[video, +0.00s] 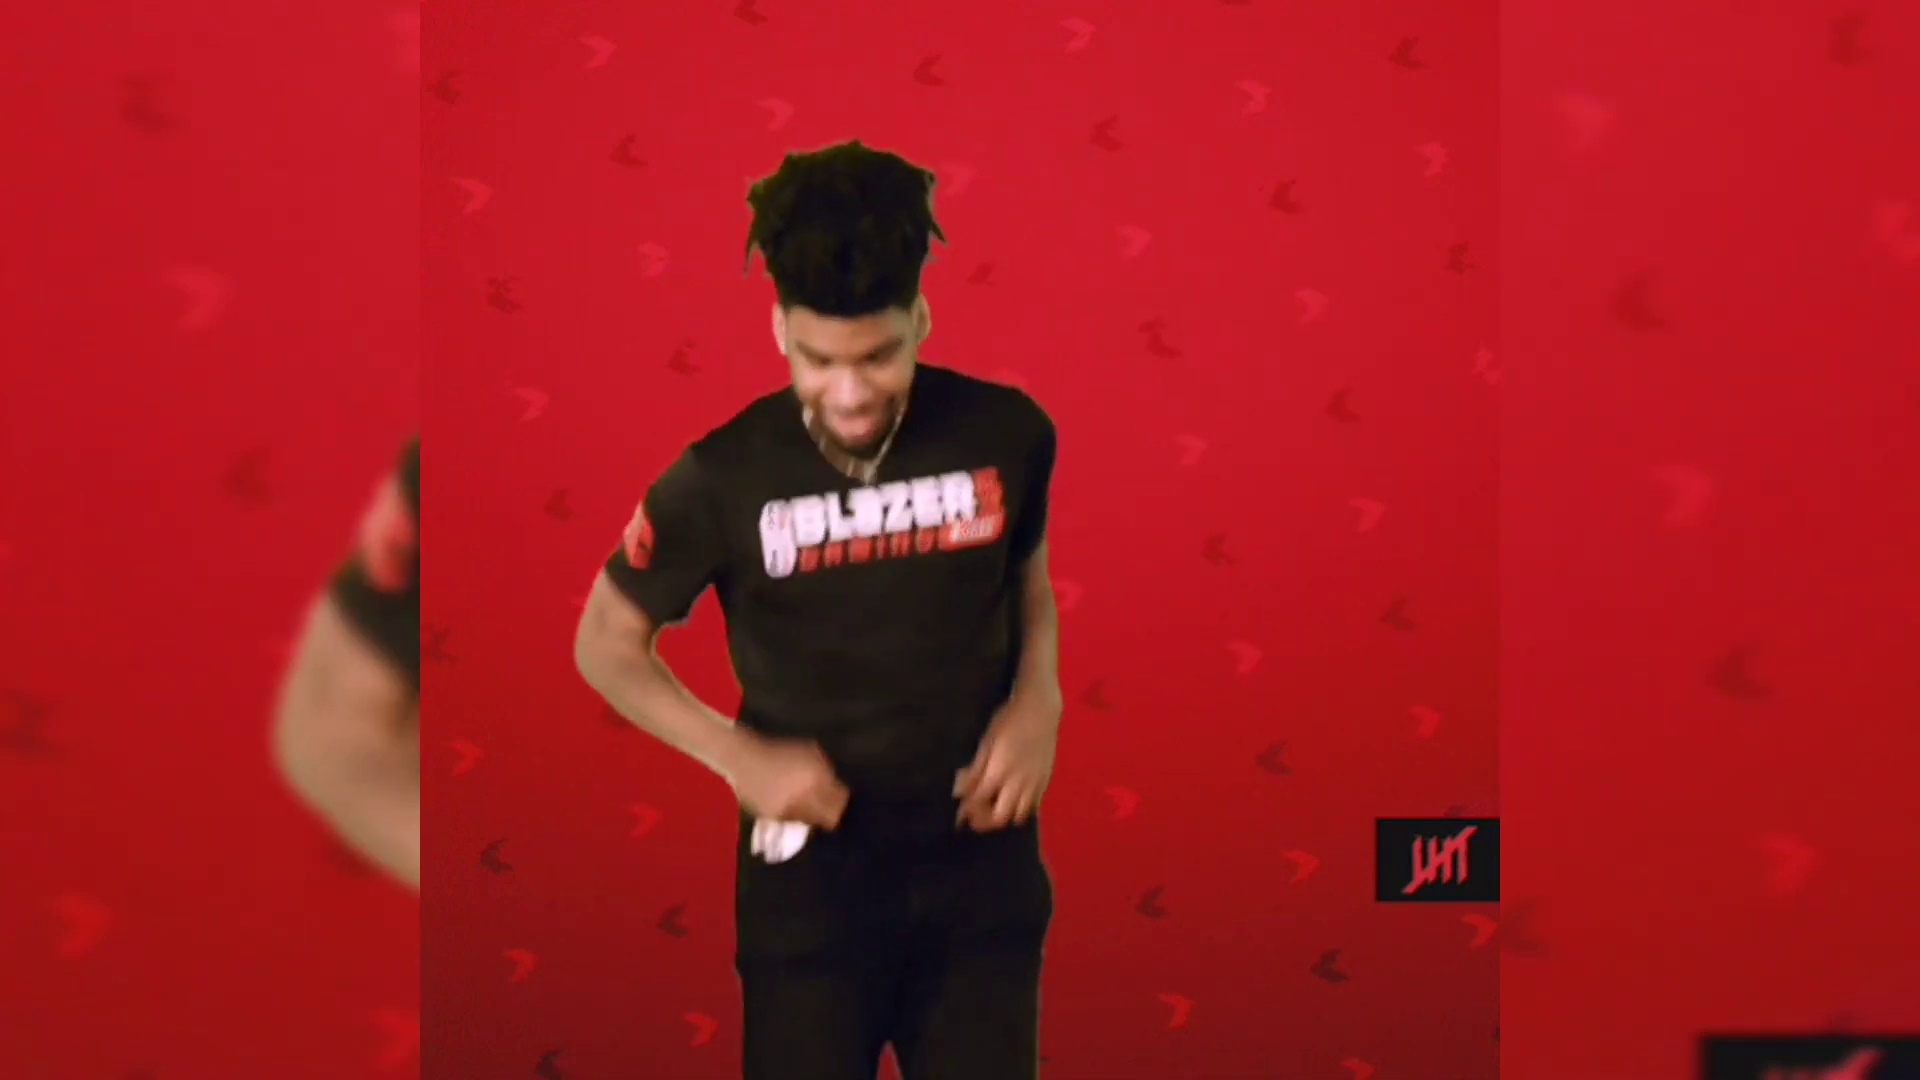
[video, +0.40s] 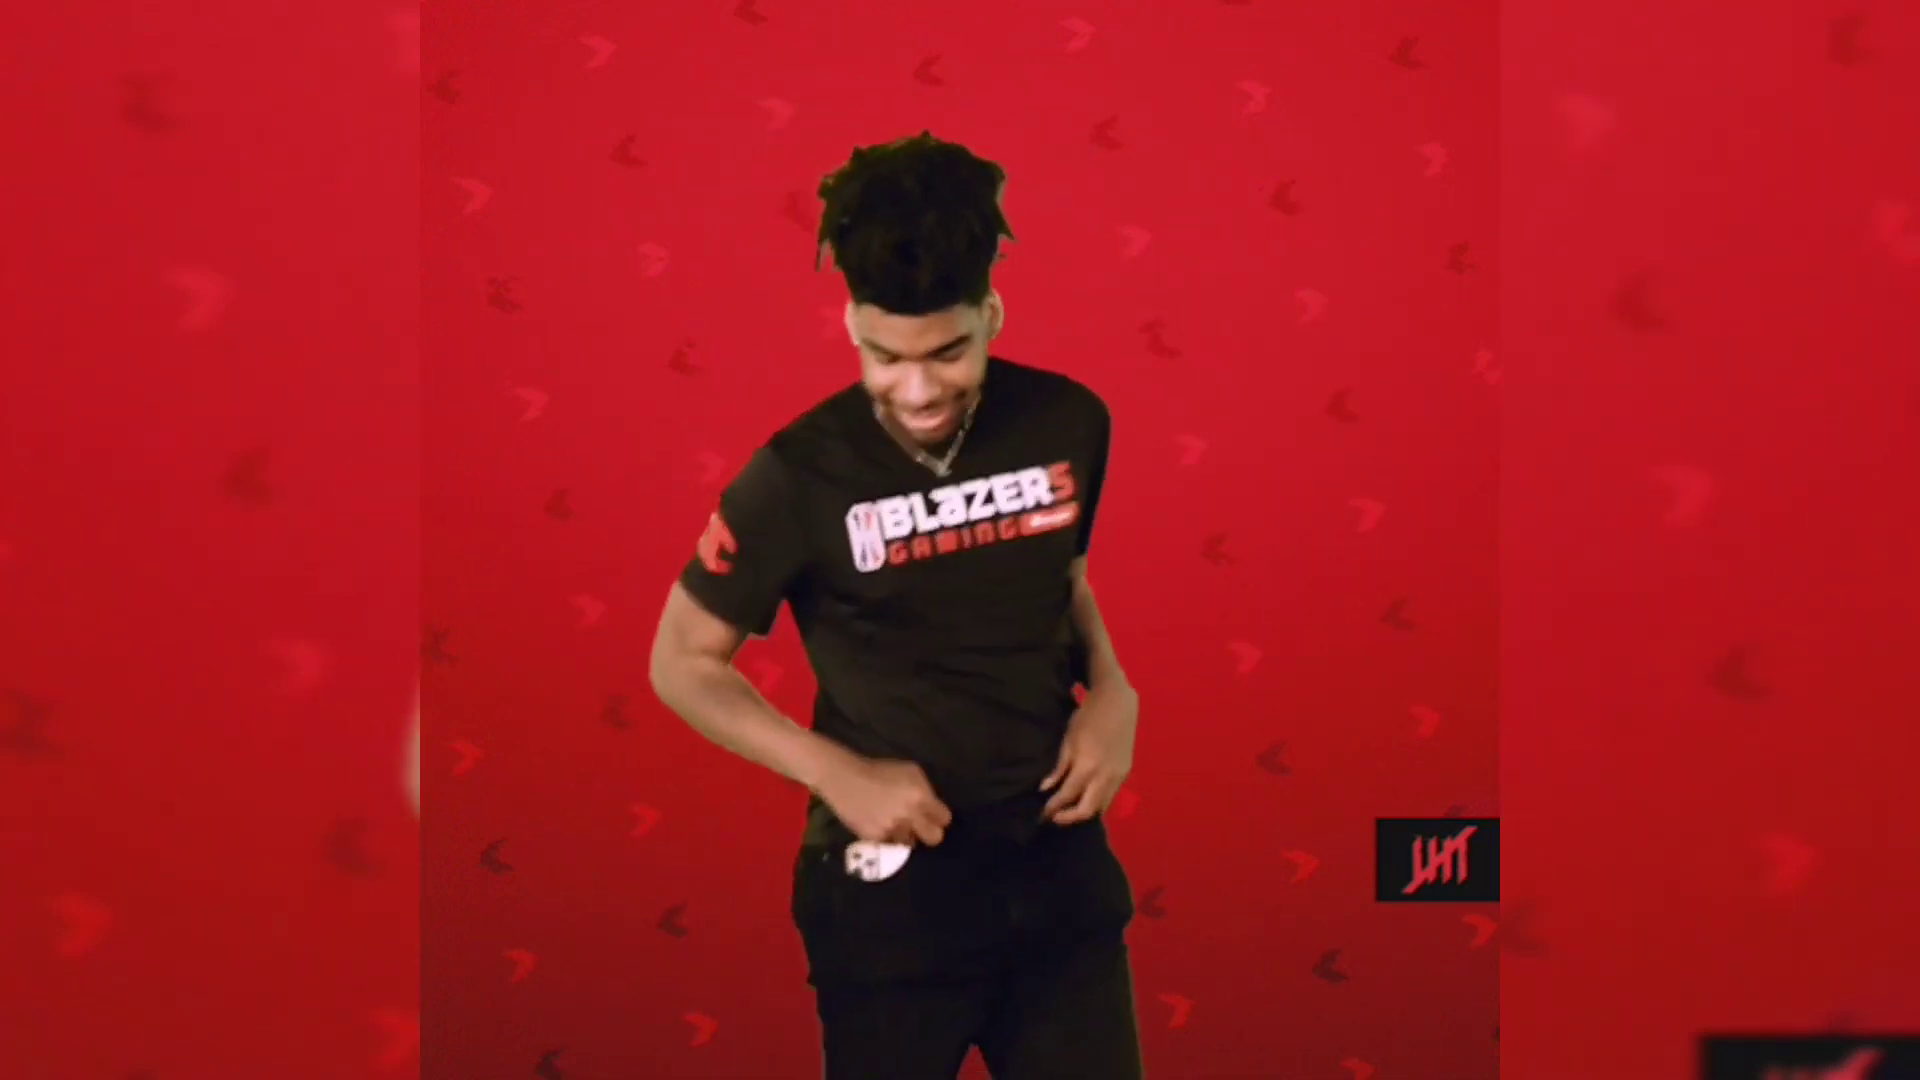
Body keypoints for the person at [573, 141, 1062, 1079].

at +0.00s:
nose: (850, 390)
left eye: (877, 356)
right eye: (818, 358)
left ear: (922, 318)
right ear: (779, 324)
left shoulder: (1008, 438)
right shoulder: (720, 483)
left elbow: (1028, 582)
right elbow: (605, 643)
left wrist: (1037, 703)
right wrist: (740, 757)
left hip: (981, 873)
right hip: (810, 883)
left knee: (986, 1062)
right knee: (805, 1063)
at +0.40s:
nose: (917, 387)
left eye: (948, 352)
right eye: (883, 354)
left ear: (993, 311)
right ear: (849, 315)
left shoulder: (1065, 426)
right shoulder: (797, 482)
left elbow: (1064, 571)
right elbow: (683, 661)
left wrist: (1112, 688)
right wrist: (837, 774)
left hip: (1057, 878)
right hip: (886, 898)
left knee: (1098, 1062)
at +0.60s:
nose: (1003, 392)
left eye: (1033, 356)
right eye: (970, 358)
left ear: (1078, 315)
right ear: (936, 322)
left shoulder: (1139, 445)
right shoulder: (857, 478)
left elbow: (1134, 569)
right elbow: (728, 635)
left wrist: (1169, 693)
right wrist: (866, 775)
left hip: (1117, 880)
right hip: (945, 897)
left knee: (1133, 1061)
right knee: (973, 1061)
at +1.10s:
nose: (933, 365)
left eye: (967, 337)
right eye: (917, 329)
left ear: (1052, 321)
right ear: (903, 304)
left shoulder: (1148, 475)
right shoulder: (867, 443)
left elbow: (1222, 665)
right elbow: (822, 601)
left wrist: (1104, 746)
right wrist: (815, 731)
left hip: (1049, 906)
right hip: (878, 892)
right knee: (849, 1063)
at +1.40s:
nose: (835, 350)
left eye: (872, 320)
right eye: (818, 315)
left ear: (951, 300)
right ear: (802, 292)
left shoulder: (1064, 451)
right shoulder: (777, 432)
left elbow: (1138, 627)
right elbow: (753, 579)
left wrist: (1027, 723)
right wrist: (734, 684)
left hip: (958, 867)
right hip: (783, 849)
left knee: (918, 1062)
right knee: (758, 1061)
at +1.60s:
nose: (868, 363)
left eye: (893, 329)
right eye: (836, 332)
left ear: (920, 302)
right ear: (773, 306)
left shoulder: (1003, 433)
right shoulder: (706, 457)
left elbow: (1081, 591)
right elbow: (670, 605)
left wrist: (1005, 716)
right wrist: (705, 720)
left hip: (951, 868)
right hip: (771, 868)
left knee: (942, 1064)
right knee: (760, 1064)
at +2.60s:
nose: (902, 383)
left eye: (937, 351)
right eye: (875, 345)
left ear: (985, 318)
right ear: (843, 310)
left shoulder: (1075, 446)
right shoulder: (779, 468)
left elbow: (1140, 587)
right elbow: (738, 673)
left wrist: (1103, 732)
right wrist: (805, 812)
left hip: (1039, 848)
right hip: (865, 859)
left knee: (988, 1059)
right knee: (875, 1063)